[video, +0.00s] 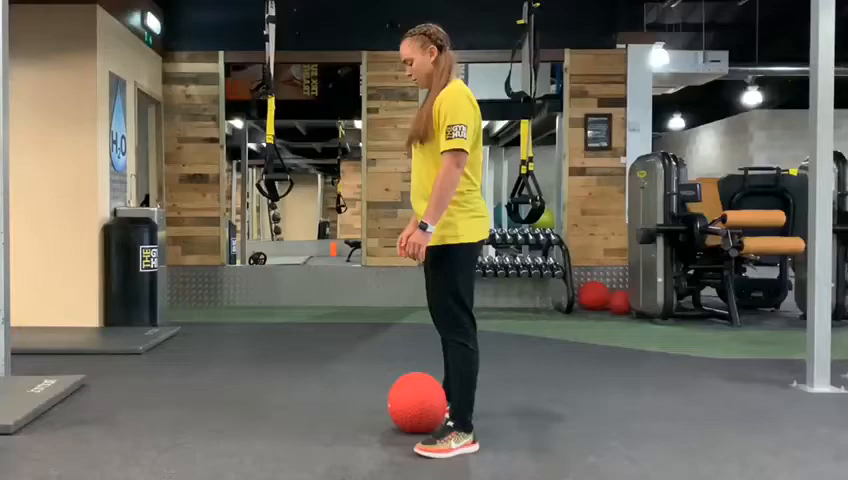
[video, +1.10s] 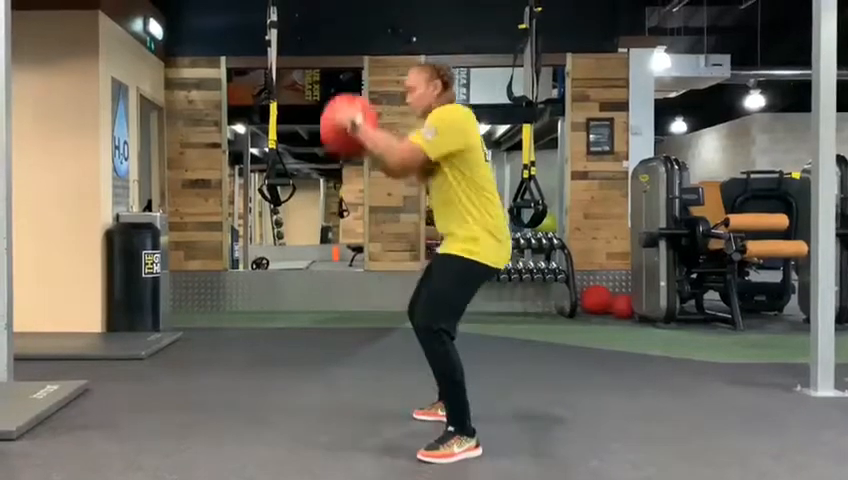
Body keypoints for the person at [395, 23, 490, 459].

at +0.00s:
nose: (406, 70)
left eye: (408, 61)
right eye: (404, 62)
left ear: (433, 53)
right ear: (427, 56)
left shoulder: (455, 97)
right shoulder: (439, 100)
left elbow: (455, 166)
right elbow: (435, 171)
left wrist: (425, 225)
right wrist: (416, 224)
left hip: (455, 232)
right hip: (442, 233)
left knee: (456, 326)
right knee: (448, 324)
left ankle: (462, 429)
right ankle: (454, 416)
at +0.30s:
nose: (368, 125)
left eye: (370, 116)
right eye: (365, 117)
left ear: (390, 104)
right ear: (390, 105)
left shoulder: (422, 135)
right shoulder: (411, 140)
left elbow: (422, 205)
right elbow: (406, 208)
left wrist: (395, 266)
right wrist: (380, 257)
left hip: (488, 236)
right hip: (470, 236)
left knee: (445, 320)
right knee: (434, 309)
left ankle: (462, 430)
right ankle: (455, 412)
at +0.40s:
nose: (358, 177)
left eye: (358, 168)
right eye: (355, 171)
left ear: (378, 157)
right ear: (376, 160)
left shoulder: (413, 187)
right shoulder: (401, 191)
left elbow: (415, 263)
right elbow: (403, 261)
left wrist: (396, 325)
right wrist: (381, 314)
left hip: (501, 257)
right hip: (479, 256)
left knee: (436, 325)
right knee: (423, 314)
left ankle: (462, 433)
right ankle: (452, 416)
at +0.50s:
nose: (351, 228)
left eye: (351, 220)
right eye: (347, 222)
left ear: (369, 208)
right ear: (370, 210)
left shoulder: (407, 236)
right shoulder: (394, 239)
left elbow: (420, 307)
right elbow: (406, 309)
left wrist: (409, 374)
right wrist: (400, 365)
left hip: (505, 285)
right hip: (486, 282)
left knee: (429, 330)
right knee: (422, 320)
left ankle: (461, 432)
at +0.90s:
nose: (366, 181)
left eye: (370, 173)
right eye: (366, 173)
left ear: (393, 173)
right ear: (391, 174)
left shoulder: (418, 202)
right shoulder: (409, 203)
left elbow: (435, 271)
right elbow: (426, 265)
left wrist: (394, 303)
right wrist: (396, 299)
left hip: (507, 266)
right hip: (484, 265)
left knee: (442, 327)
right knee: (427, 313)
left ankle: (464, 435)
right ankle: (449, 404)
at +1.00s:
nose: (386, 130)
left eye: (392, 122)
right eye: (386, 123)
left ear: (417, 121)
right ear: (413, 123)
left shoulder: (436, 154)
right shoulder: (422, 158)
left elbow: (424, 219)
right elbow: (413, 216)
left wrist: (368, 222)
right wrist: (372, 232)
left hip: (496, 254)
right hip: (473, 252)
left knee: (437, 322)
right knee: (424, 311)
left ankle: (464, 434)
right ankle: (450, 401)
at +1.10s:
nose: (407, 96)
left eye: (412, 89)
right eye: (406, 90)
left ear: (436, 87)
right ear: (432, 88)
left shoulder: (453, 117)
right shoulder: (437, 123)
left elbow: (401, 156)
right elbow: (401, 166)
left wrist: (362, 124)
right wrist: (366, 138)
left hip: (477, 243)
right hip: (459, 241)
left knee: (432, 322)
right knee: (420, 314)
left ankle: (463, 433)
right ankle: (449, 401)